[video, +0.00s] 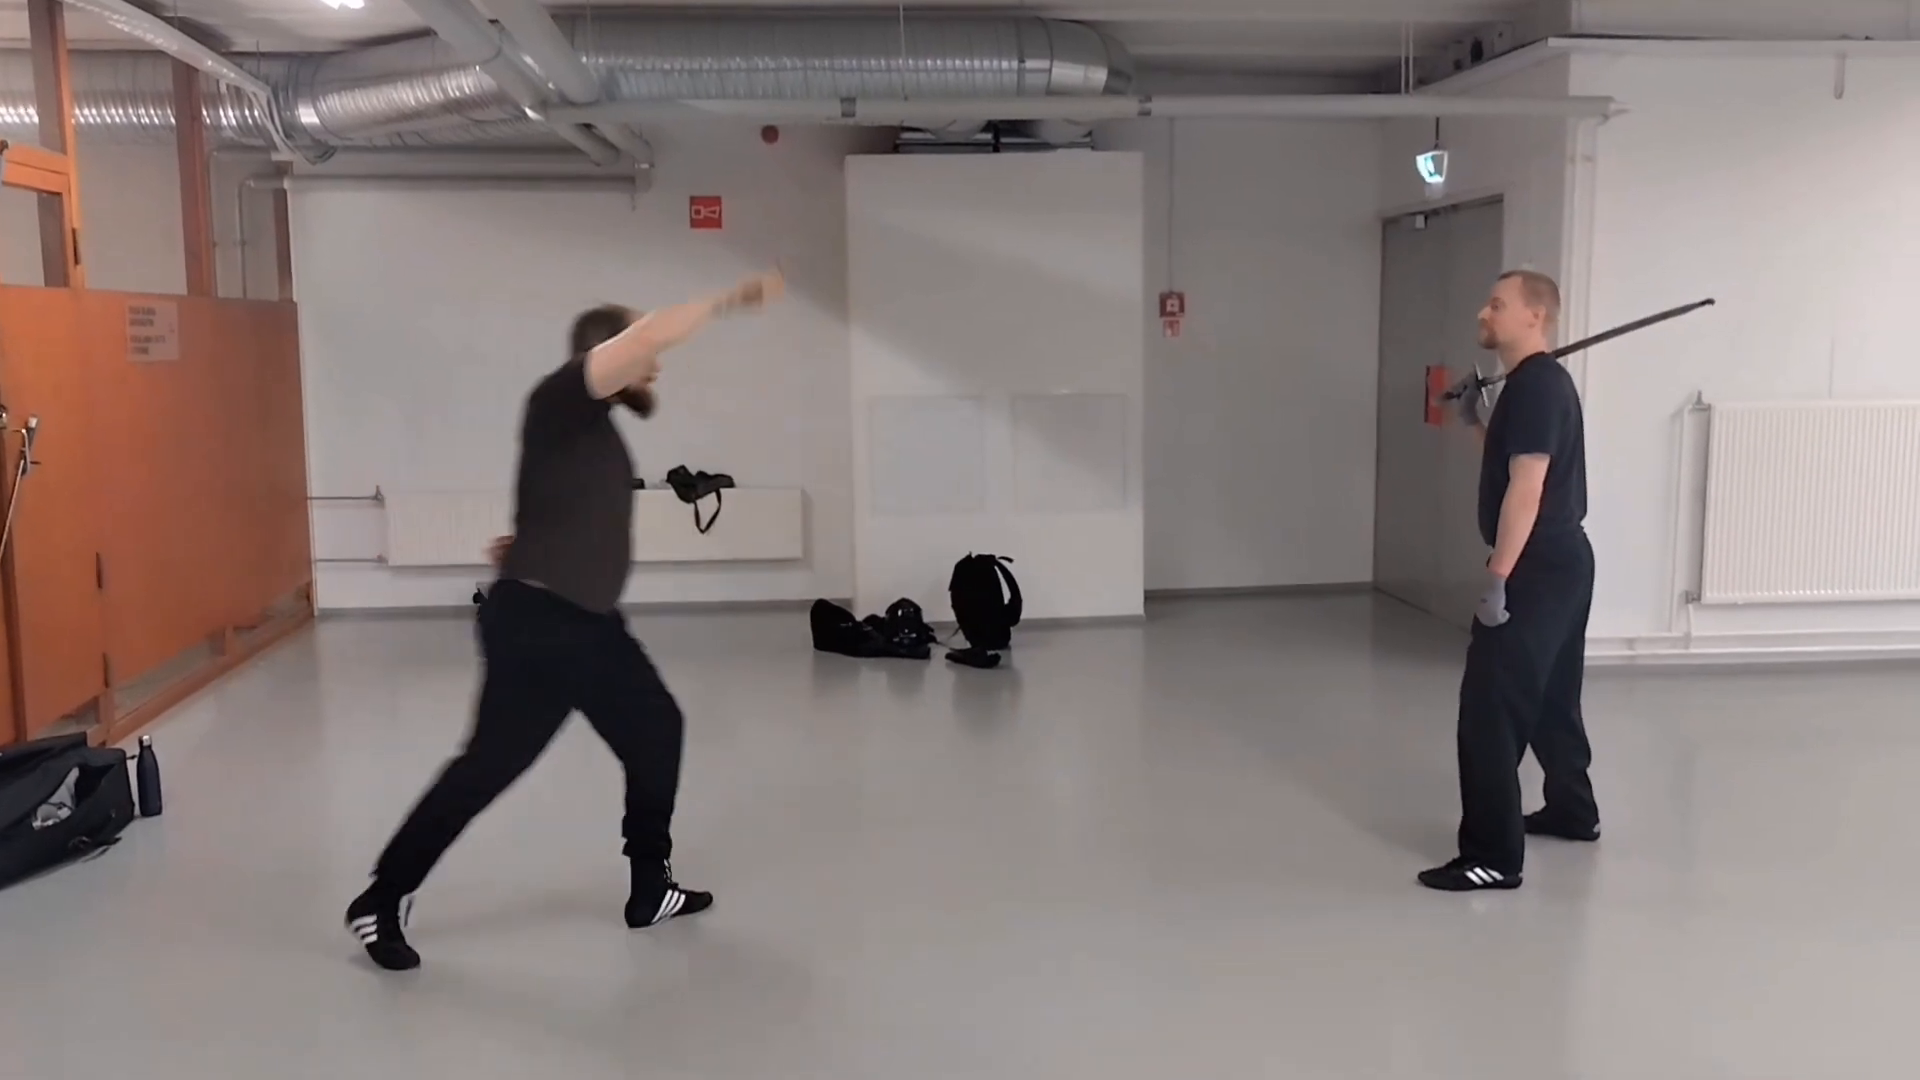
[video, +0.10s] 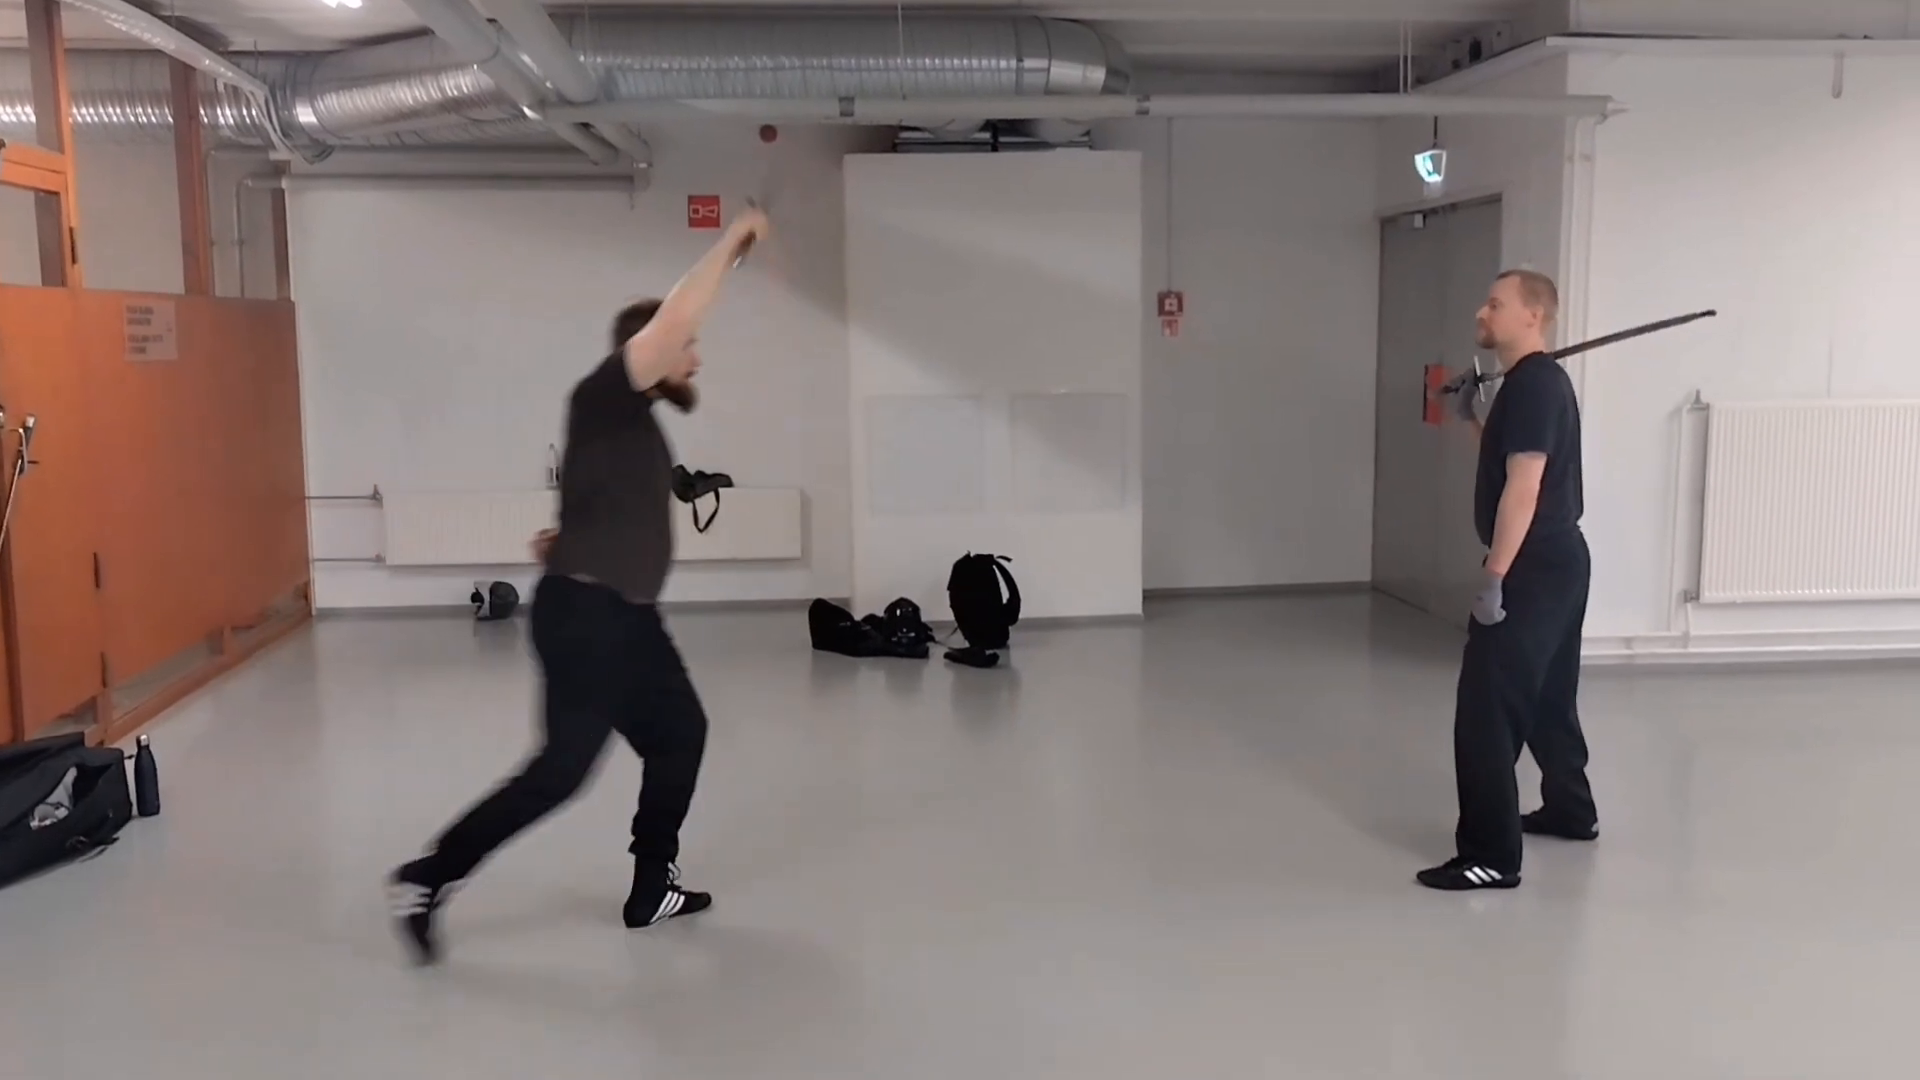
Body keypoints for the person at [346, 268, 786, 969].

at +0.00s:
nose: (656, 362)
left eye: (655, 350)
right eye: (645, 347)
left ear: (611, 355)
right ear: (607, 348)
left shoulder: (601, 432)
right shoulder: (560, 401)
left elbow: (588, 521)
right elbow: (643, 337)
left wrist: (526, 544)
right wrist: (724, 299)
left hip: (588, 625)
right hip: (533, 618)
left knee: (656, 734)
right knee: (491, 763)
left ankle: (650, 889)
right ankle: (379, 901)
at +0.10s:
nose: (695, 355)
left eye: (692, 341)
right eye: (682, 342)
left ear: (666, 350)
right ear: (649, 345)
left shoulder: (637, 420)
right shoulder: (604, 398)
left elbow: (625, 515)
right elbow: (675, 322)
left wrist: (568, 539)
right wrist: (732, 241)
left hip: (623, 614)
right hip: (581, 612)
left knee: (680, 735)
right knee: (565, 765)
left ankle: (652, 888)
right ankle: (427, 876)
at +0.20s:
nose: (725, 347)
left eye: (724, 335)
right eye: (713, 332)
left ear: (683, 344)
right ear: (679, 336)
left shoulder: (669, 415)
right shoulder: (647, 394)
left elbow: (668, 520)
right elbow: (713, 315)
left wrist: (608, 535)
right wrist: (741, 227)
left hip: (648, 601)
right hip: (623, 600)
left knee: (688, 740)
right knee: (663, 748)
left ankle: (652, 889)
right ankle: (522, 874)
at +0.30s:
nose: (751, 344)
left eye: (748, 332)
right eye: (744, 329)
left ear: (691, 332)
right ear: (714, 331)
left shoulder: (665, 399)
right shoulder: (702, 380)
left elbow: (675, 502)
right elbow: (769, 316)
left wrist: (638, 531)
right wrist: (776, 230)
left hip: (644, 588)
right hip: (675, 591)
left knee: (690, 742)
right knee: (726, 743)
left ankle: (651, 883)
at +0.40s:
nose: (782, 337)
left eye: (779, 324)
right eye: (774, 325)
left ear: (719, 334)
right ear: (741, 331)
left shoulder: (686, 399)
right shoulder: (743, 384)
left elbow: (660, 507)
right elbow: (833, 342)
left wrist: (660, 523)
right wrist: (837, 248)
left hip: (671, 592)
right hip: (715, 594)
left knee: (703, 740)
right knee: (795, 733)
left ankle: (649, 887)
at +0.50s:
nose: (816, 338)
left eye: (812, 326)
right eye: (808, 326)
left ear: (753, 338)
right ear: (774, 334)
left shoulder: (717, 403)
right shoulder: (787, 391)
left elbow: (681, 489)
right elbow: (897, 373)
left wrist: (678, 520)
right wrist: (917, 278)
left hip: (709, 597)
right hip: (763, 600)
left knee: (716, 743)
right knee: (845, 735)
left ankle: (650, 885)